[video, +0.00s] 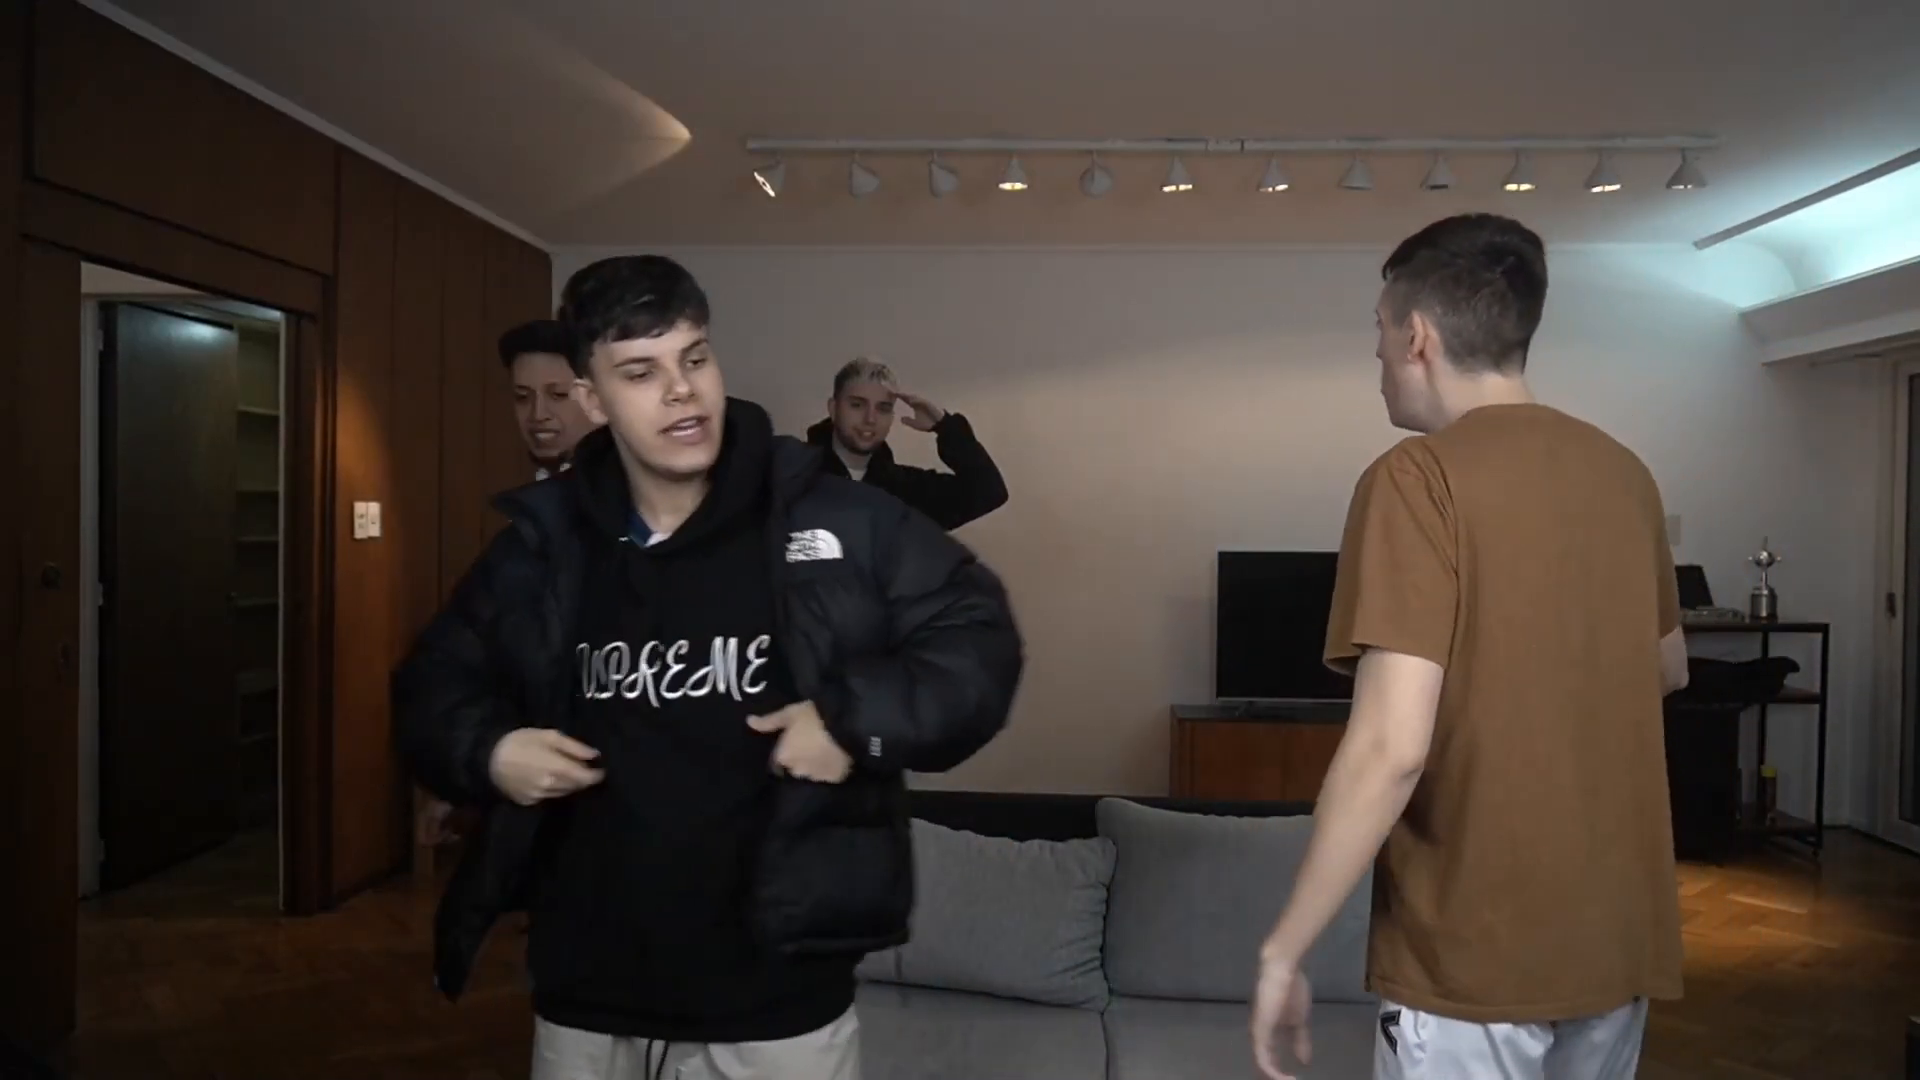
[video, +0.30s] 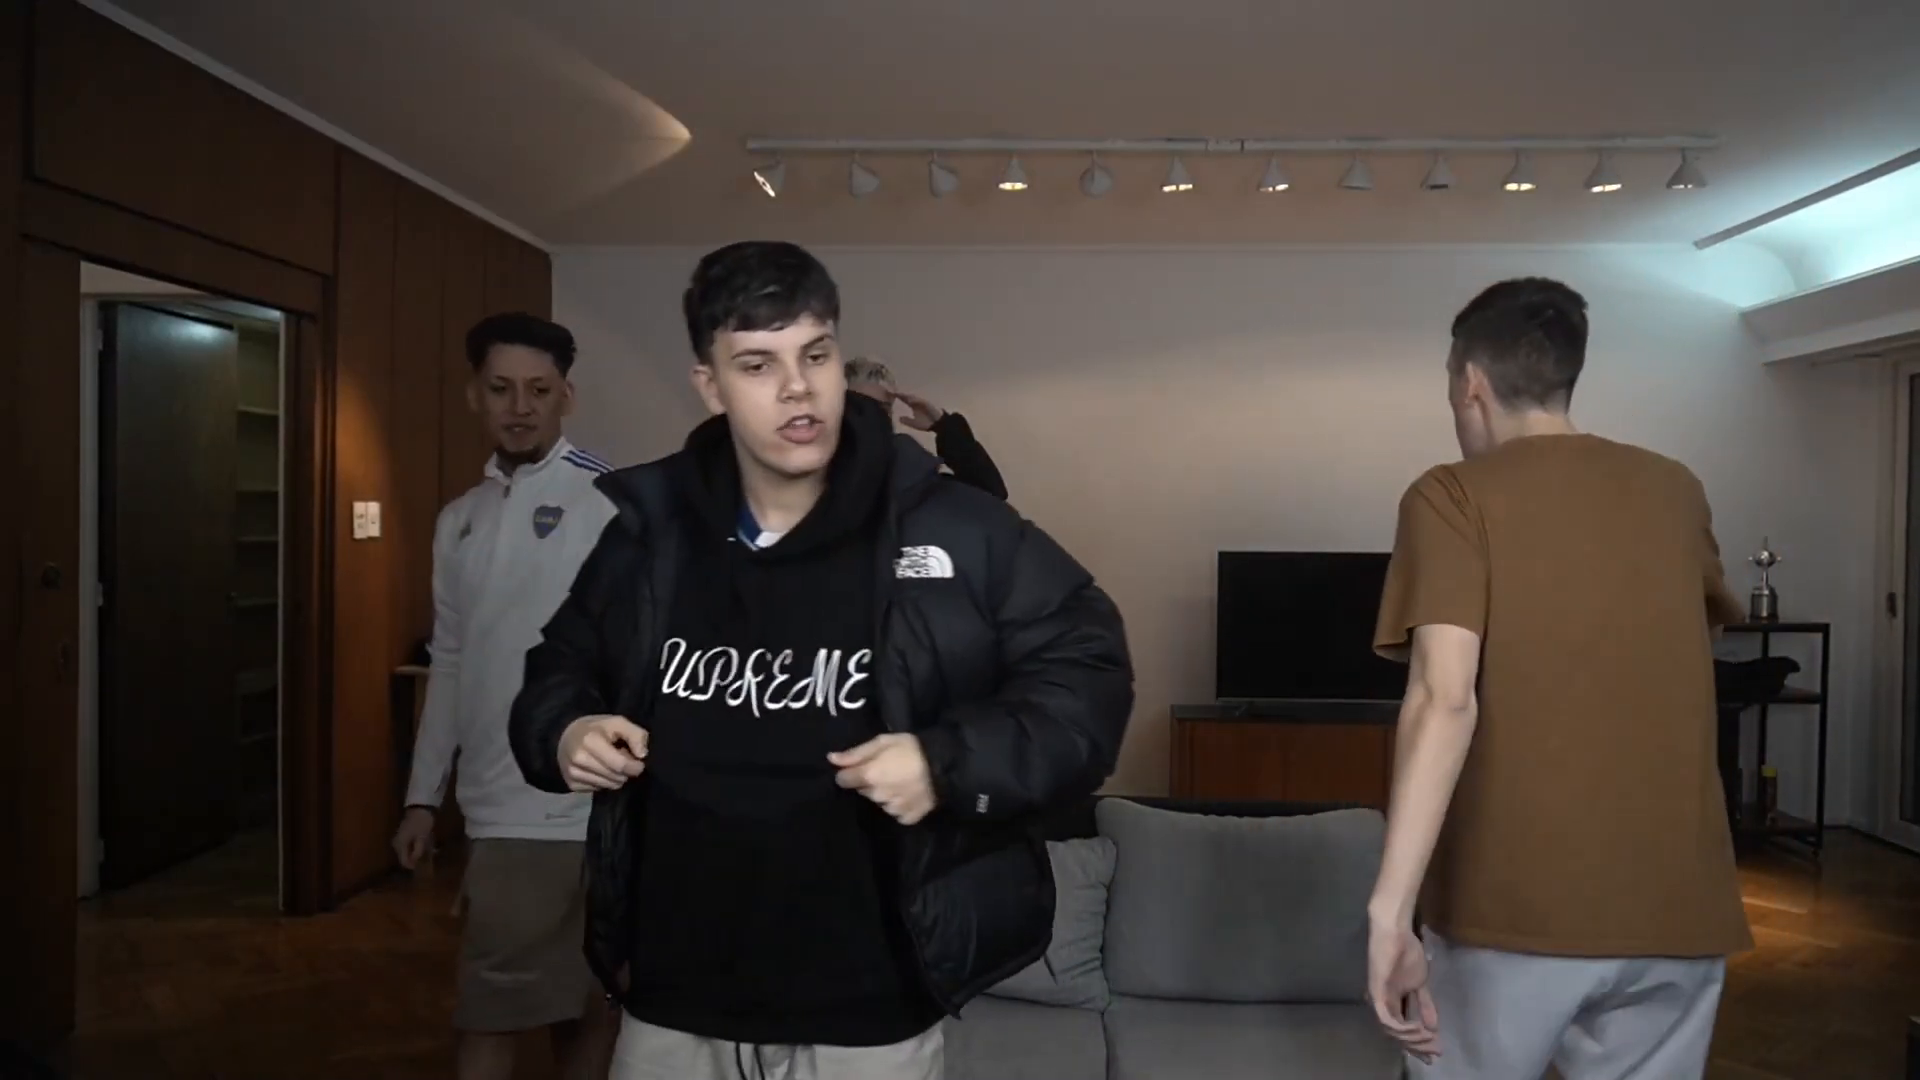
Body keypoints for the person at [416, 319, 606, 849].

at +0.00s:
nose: (539, 415)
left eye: (557, 395)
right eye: (525, 398)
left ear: (596, 400)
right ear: (511, 405)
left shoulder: (637, 504)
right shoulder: (529, 517)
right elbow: (479, 645)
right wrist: (454, 778)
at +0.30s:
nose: (520, 406)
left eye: (538, 389)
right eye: (502, 389)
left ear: (566, 397)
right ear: (477, 400)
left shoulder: (610, 506)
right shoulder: (458, 522)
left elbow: (639, 652)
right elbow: (448, 664)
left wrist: (630, 787)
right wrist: (422, 798)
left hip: (565, 812)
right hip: (490, 812)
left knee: (488, 1025)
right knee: (584, 1015)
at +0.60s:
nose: (533, 398)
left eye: (546, 384)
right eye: (516, 376)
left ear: (553, 394)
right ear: (460, 373)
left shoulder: (574, 509)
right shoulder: (387, 495)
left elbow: (598, 663)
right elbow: (353, 642)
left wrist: (589, 809)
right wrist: (333, 787)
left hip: (506, 828)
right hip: (398, 819)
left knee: (457, 1046)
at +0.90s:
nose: (535, 404)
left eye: (539, 384)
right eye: (521, 379)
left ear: (471, 377)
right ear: (455, 372)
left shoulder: (539, 518)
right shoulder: (323, 490)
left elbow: (544, 663)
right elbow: (256, 649)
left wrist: (538, 784)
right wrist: (227, 809)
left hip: (475, 862)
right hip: (325, 855)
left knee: (465, 1059)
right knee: (303, 1065)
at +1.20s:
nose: (460, 395)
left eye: (459, 374)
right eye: (451, 370)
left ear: (402, 371)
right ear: (398, 367)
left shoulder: (425, 506)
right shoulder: (271, 490)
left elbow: (446, 659)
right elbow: (196, 687)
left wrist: (530, 777)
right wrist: (242, 869)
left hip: (415, 872)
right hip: (288, 890)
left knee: (427, 1059)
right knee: (258, 1069)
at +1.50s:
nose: (337, 378)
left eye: (335, 356)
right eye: (326, 354)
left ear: (264, 357)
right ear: (265, 354)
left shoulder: (243, 478)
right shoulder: (176, 481)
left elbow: (236, 697)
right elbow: (128, 707)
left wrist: (292, 845)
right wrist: (280, 856)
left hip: (229, 903)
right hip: (151, 918)